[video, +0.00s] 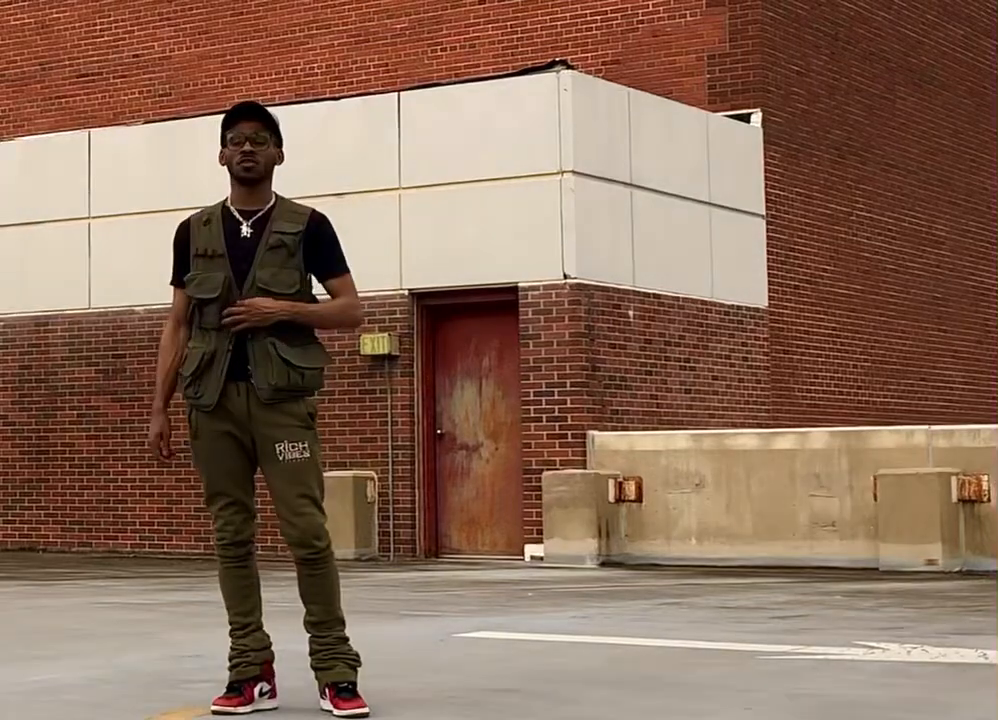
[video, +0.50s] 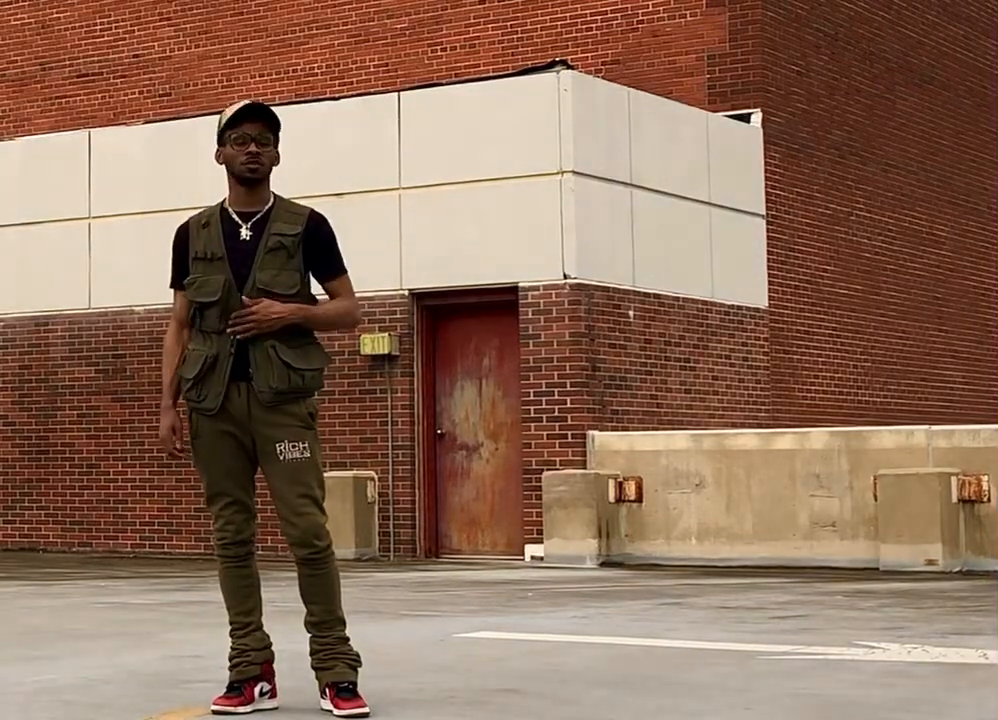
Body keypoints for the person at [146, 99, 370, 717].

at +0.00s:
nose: (247, 150)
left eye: (259, 142)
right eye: (237, 142)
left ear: (278, 154)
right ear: (222, 154)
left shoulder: (307, 226)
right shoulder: (193, 231)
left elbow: (350, 310)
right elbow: (176, 323)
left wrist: (283, 308)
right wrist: (161, 403)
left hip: (284, 403)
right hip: (211, 406)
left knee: (309, 538)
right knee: (232, 540)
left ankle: (336, 673)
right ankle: (250, 670)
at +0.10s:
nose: (246, 150)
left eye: (257, 142)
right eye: (236, 142)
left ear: (277, 154)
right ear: (221, 154)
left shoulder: (307, 226)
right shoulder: (193, 232)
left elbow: (353, 308)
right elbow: (178, 324)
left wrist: (286, 306)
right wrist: (167, 407)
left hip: (284, 402)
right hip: (212, 404)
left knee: (308, 538)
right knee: (232, 540)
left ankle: (336, 673)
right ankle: (250, 669)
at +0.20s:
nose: (245, 149)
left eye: (257, 141)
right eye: (235, 141)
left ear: (276, 153)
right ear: (220, 153)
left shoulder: (307, 226)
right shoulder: (193, 232)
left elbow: (352, 308)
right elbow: (179, 324)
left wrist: (285, 305)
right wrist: (170, 407)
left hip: (283, 403)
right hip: (211, 405)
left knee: (308, 539)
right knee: (233, 541)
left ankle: (336, 673)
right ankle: (250, 669)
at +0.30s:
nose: (245, 150)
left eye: (256, 142)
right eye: (235, 142)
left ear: (276, 153)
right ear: (219, 154)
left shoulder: (307, 225)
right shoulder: (193, 232)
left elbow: (350, 310)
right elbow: (180, 325)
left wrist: (285, 302)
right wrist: (172, 406)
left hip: (284, 403)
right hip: (211, 405)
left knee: (308, 538)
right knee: (232, 540)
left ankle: (336, 673)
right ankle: (249, 667)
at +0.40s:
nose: (246, 151)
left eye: (257, 142)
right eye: (236, 143)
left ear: (276, 154)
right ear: (220, 154)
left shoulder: (307, 226)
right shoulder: (193, 233)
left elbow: (350, 310)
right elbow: (181, 323)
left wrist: (287, 301)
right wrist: (173, 403)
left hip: (284, 403)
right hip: (212, 405)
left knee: (308, 538)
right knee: (232, 540)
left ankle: (336, 672)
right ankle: (249, 667)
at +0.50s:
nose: (253, 150)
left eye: (263, 143)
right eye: (241, 141)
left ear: (277, 154)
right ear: (221, 153)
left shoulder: (306, 226)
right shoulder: (192, 233)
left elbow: (347, 309)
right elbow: (179, 323)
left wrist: (287, 312)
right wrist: (169, 398)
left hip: (284, 403)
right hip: (212, 405)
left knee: (309, 538)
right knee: (232, 540)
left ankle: (336, 672)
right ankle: (250, 668)